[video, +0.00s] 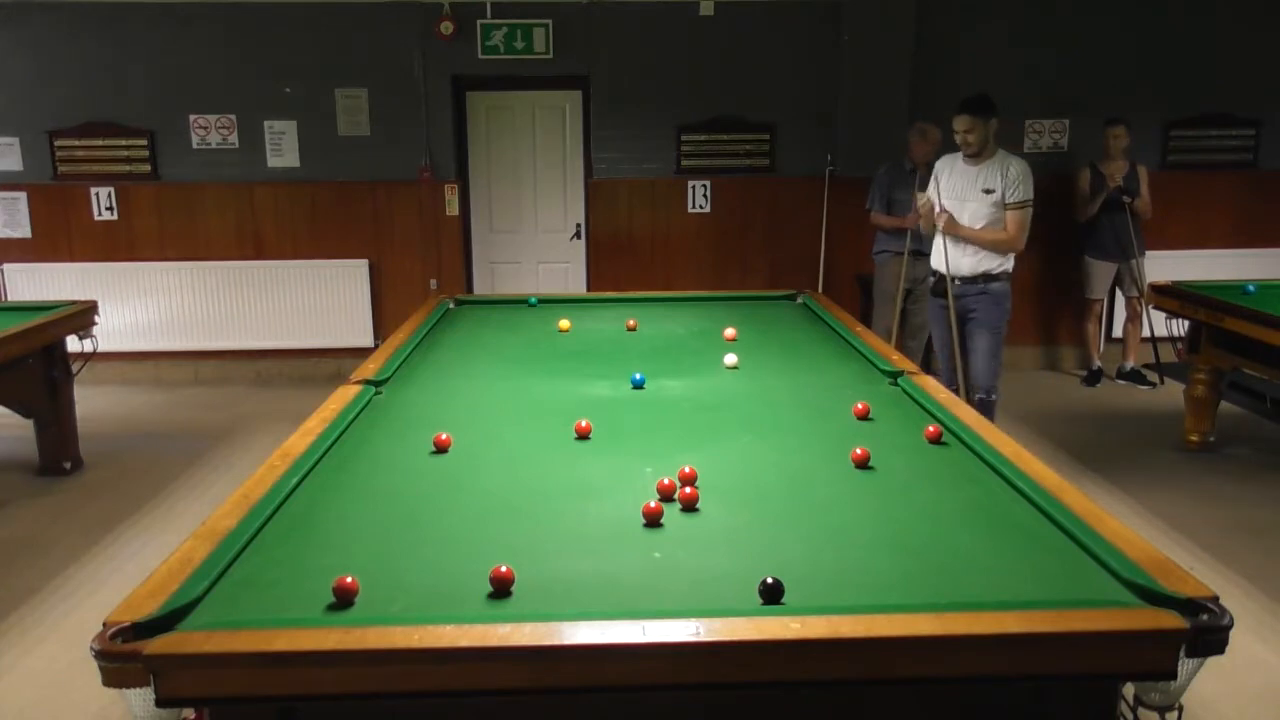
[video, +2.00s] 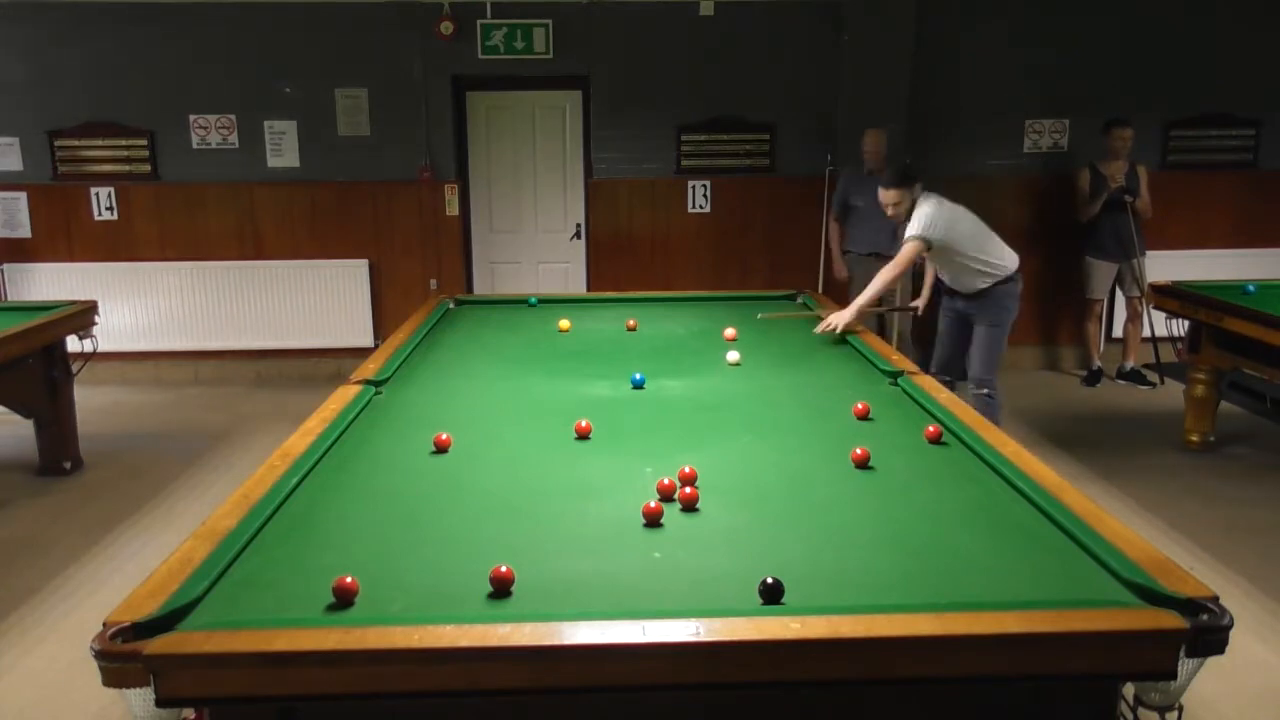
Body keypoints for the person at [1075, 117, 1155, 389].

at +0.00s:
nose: (1117, 142)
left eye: (1121, 137)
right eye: (1112, 137)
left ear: (1128, 140)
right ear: (1104, 140)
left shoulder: (1138, 171)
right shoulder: (1089, 172)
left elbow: (1146, 211)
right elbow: (1082, 214)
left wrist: (1130, 196)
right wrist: (1105, 191)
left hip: (1131, 250)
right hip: (1099, 250)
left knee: (1135, 309)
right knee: (1093, 309)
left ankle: (1128, 366)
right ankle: (1094, 365)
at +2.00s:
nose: (1125, 145)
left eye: (1129, 140)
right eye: (1120, 139)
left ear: (1132, 142)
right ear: (1107, 140)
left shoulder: (1137, 171)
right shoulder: (1089, 172)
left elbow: (1147, 211)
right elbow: (1083, 214)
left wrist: (1131, 197)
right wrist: (1106, 191)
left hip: (1132, 250)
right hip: (1100, 250)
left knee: (1136, 309)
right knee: (1094, 309)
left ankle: (1128, 366)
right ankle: (1094, 365)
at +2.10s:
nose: (1125, 145)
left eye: (1129, 140)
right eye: (1120, 140)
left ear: (1133, 142)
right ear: (1107, 140)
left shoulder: (1137, 171)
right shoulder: (1089, 172)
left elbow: (1146, 211)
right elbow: (1083, 214)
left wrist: (1131, 197)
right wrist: (1106, 191)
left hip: (1132, 250)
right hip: (1099, 250)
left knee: (1136, 309)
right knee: (1094, 309)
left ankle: (1128, 366)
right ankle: (1094, 365)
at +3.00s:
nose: (1126, 145)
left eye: (1129, 140)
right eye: (1120, 140)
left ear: (1133, 142)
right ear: (1107, 141)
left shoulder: (1137, 171)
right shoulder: (1088, 172)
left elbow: (1146, 211)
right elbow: (1082, 215)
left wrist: (1131, 197)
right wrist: (1105, 192)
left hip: (1132, 251)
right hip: (1099, 250)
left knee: (1136, 309)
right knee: (1094, 309)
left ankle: (1128, 366)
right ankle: (1095, 365)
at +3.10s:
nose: (1126, 145)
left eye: (1129, 140)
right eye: (1120, 140)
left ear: (1133, 142)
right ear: (1107, 140)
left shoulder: (1137, 171)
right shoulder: (1089, 172)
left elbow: (1146, 211)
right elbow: (1082, 215)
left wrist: (1131, 197)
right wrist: (1106, 191)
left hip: (1132, 250)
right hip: (1099, 250)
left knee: (1136, 309)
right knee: (1093, 309)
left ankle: (1128, 366)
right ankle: (1094, 365)